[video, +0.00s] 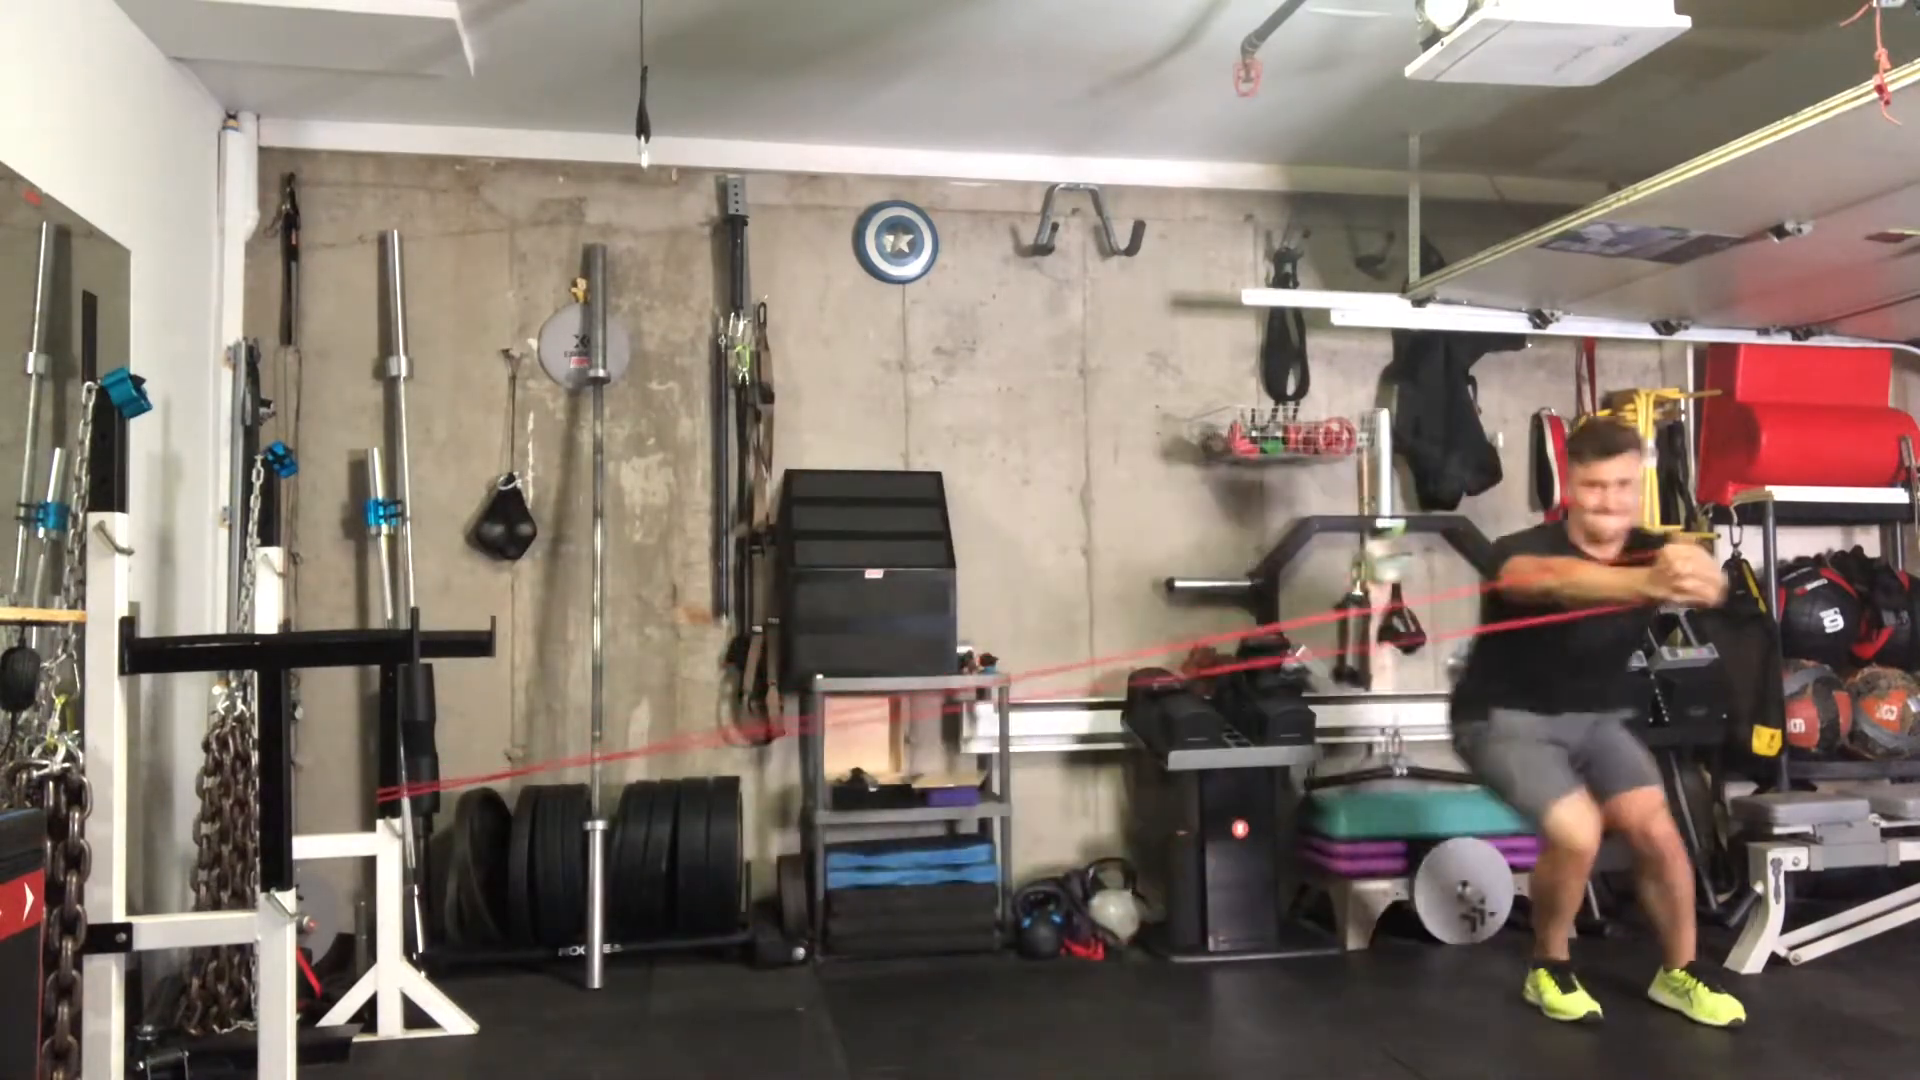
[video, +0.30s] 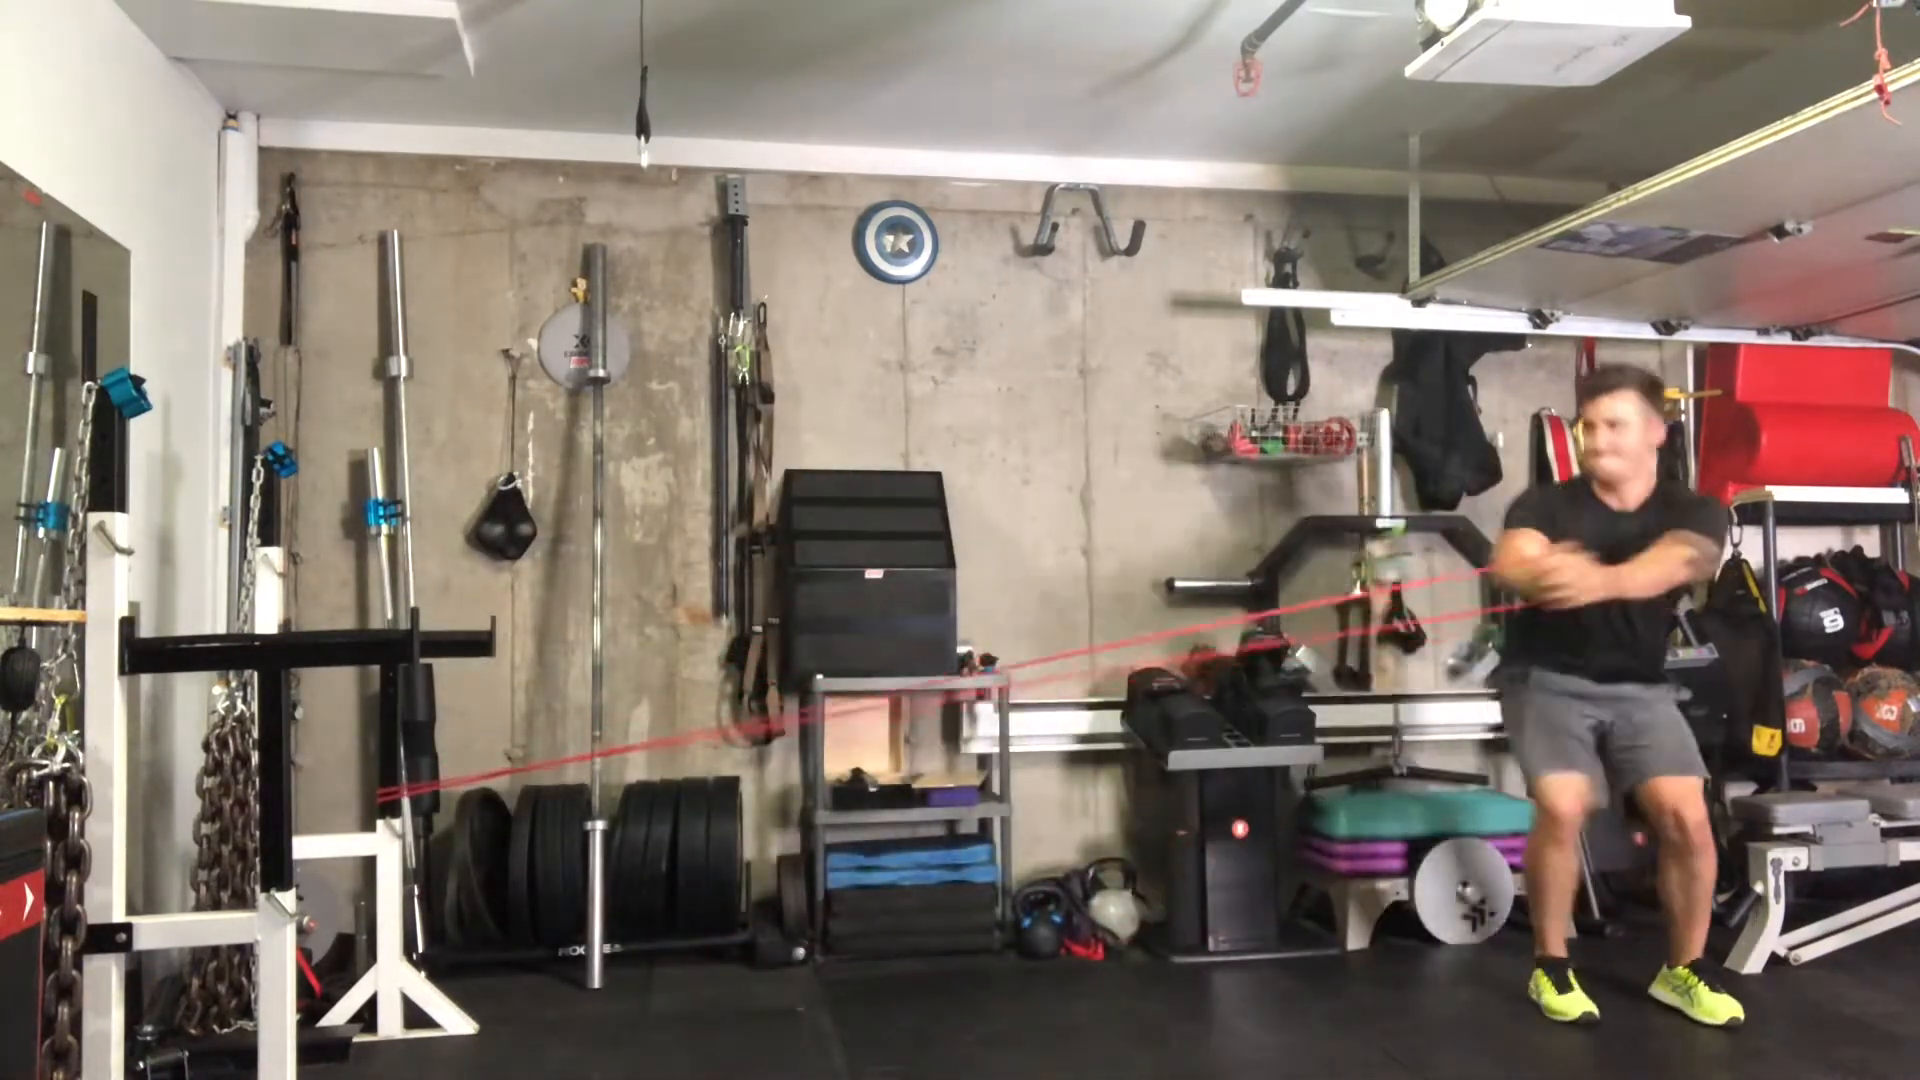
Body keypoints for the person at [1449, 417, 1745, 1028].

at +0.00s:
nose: (1607, 500)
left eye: (1622, 485)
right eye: (1591, 486)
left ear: (1641, 489)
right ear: (1567, 488)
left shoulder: (1654, 552)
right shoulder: (1523, 551)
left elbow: (1706, 580)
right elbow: (1543, 582)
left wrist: (1710, 580)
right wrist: (1646, 584)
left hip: (1598, 720)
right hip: (1507, 719)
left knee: (1655, 826)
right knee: (1577, 833)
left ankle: (1679, 971)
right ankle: (1551, 967)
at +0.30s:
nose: (1597, 438)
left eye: (1615, 425)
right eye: (1588, 425)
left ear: (1656, 434)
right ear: (1577, 435)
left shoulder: (1697, 513)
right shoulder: (1544, 503)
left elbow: (1678, 566)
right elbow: (1509, 563)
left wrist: (1601, 580)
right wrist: (1567, 570)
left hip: (1641, 691)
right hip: (1548, 686)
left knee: (1687, 817)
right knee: (1564, 803)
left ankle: (1682, 970)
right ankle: (1552, 966)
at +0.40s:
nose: (1571, 416)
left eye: (1588, 402)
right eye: (1565, 404)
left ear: (1633, 407)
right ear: (1560, 413)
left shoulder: (1681, 498)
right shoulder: (1531, 490)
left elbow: (1633, 569)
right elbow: (1473, 567)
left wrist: (1536, 599)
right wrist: (1490, 595)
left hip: (1638, 681)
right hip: (1538, 671)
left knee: (1684, 818)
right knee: (1519, 791)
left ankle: (1682, 970)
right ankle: (1521, 950)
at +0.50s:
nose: (1531, 396)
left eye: (1547, 382)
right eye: (1524, 384)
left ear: (1594, 390)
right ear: (1519, 396)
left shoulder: (1644, 483)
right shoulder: (1509, 481)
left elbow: (1589, 578)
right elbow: (1450, 559)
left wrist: (1471, 621)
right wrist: (1411, 607)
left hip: (1623, 674)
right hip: (1518, 663)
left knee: (1669, 819)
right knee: (1473, 780)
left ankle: (1681, 971)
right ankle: (1443, 952)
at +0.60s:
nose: (1476, 385)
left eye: (1491, 370)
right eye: (1471, 373)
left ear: (1537, 378)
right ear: (1466, 387)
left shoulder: (1584, 467)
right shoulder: (1460, 475)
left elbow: (1539, 582)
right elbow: (1415, 558)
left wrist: (1420, 629)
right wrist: (1371, 612)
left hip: (1591, 667)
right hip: (1486, 661)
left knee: (1648, 811)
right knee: (1433, 786)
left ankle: (1681, 969)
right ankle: (1393, 957)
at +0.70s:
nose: (1420, 379)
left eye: (1436, 366)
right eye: (1416, 368)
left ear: (1480, 372)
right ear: (1411, 381)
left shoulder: (1520, 466)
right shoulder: (1412, 467)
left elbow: (1475, 584)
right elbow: (1369, 560)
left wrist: (1357, 628)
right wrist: (1317, 611)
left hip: (1540, 672)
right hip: (1439, 670)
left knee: (1614, 808)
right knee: (1391, 790)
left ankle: (1682, 960)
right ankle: (1378, 963)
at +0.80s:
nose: (1368, 373)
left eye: (1383, 360)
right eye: (1368, 361)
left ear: (1429, 370)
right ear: (1381, 373)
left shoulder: (1466, 459)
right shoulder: (1367, 468)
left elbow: (1414, 577)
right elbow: (1322, 549)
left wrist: (1299, 617)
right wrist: (1267, 603)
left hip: (1482, 669)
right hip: (1390, 667)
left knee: (1538, 799)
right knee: (1363, 789)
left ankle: (1660, 951)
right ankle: (1374, 965)